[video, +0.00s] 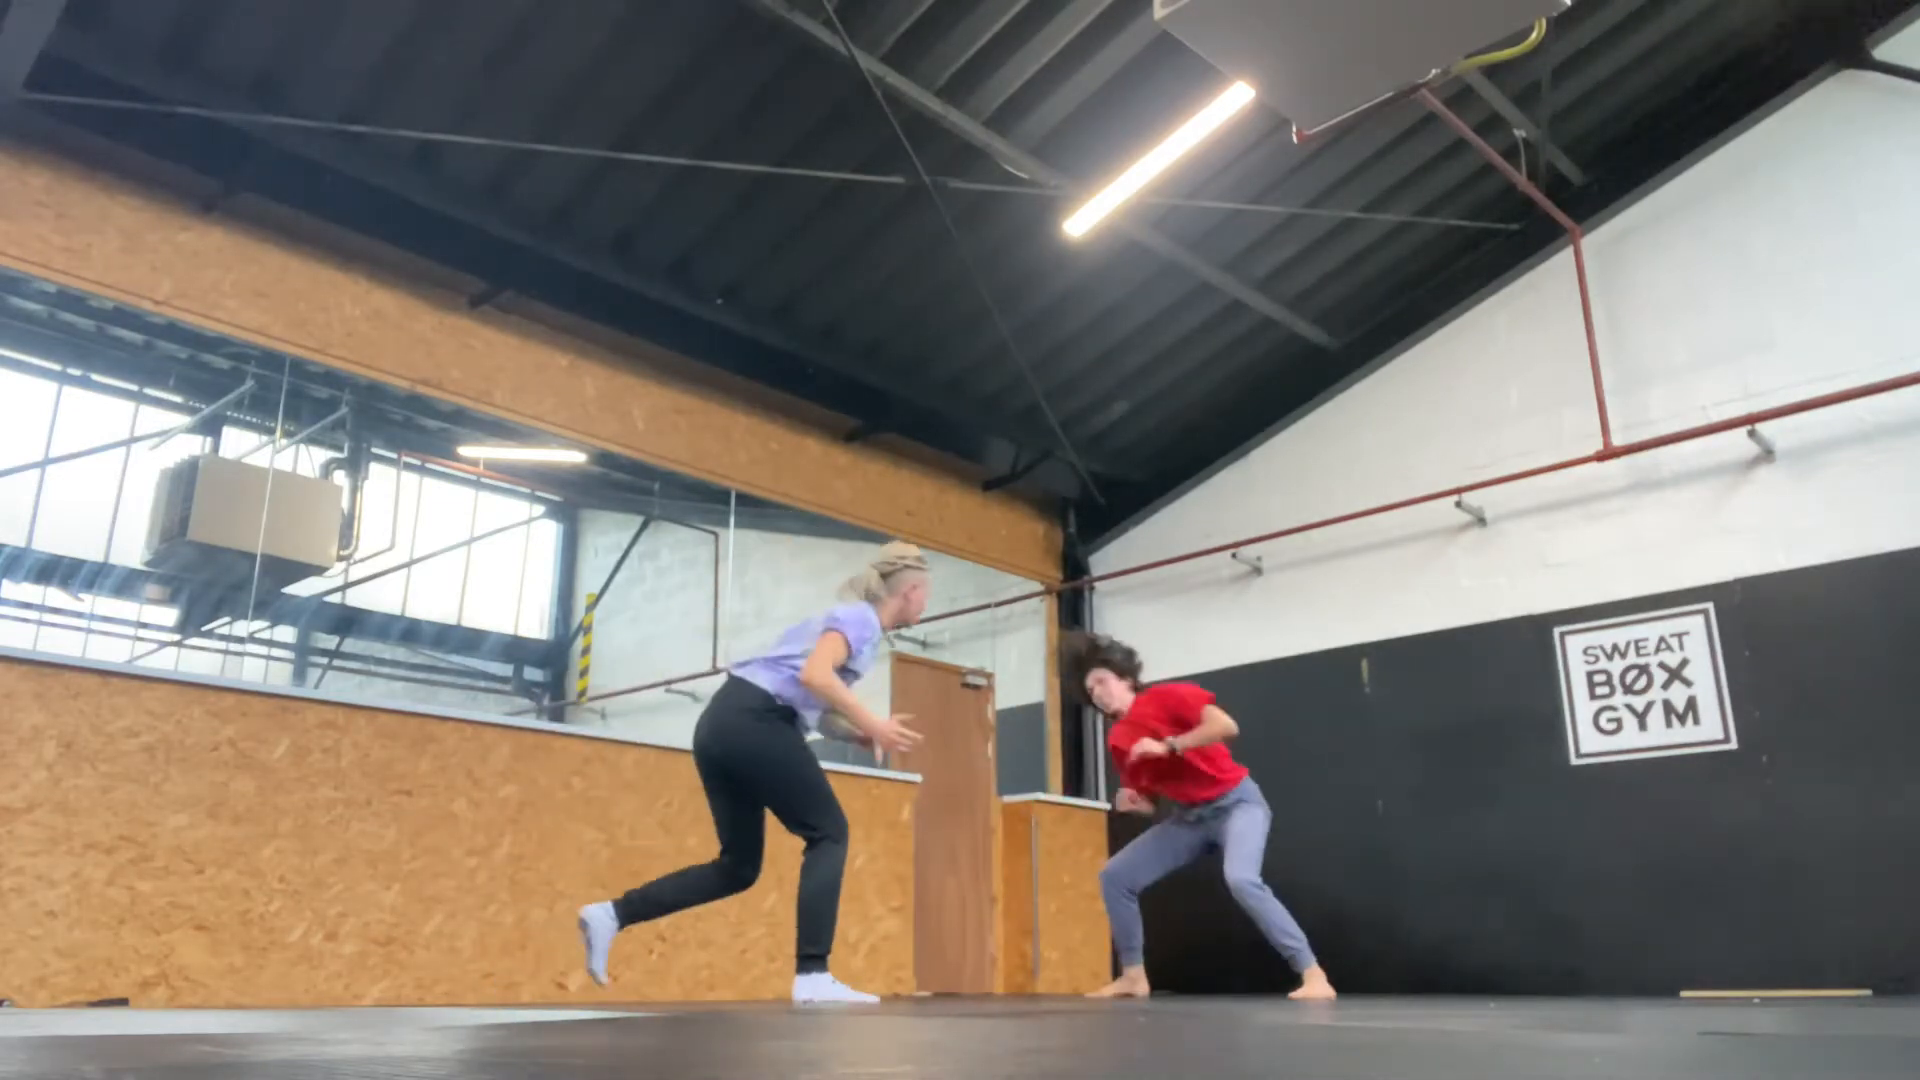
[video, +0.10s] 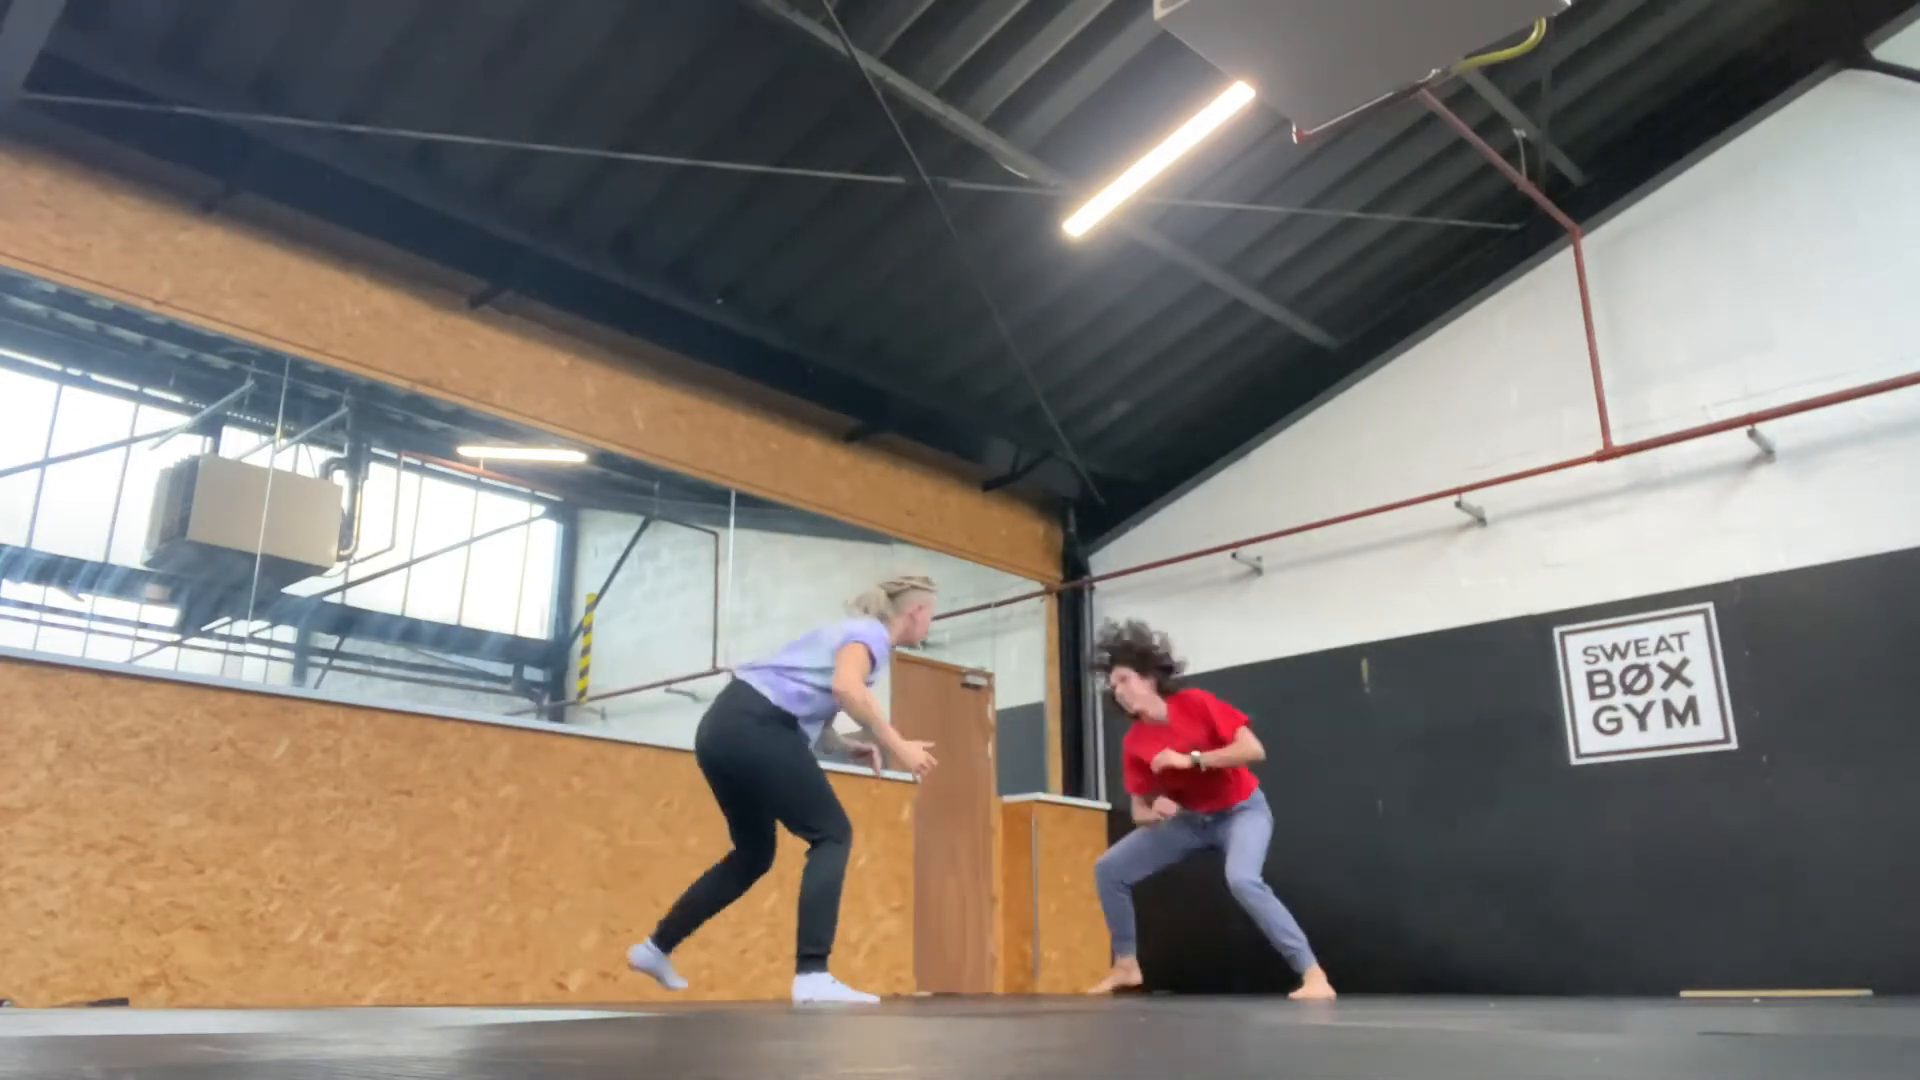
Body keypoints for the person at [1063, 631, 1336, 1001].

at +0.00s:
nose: (1096, 694)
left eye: (1100, 682)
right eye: (1090, 690)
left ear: (1124, 676)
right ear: (1091, 699)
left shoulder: (1168, 697)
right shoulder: (1118, 739)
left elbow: (1225, 725)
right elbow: (1149, 802)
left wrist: (1169, 745)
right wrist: (1134, 803)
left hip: (1237, 804)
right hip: (1187, 819)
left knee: (1241, 879)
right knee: (1116, 877)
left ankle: (1314, 977)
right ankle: (1134, 977)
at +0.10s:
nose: (1118, 692)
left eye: (1123, 681)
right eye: (1113, 687)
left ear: (1150, 677)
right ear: (1116, 696)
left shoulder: (1196, 703)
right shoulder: (1135, 743)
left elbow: (1253, 750)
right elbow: (1138, 813)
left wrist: (1192, 759)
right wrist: (1155, 812)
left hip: (1243, 813)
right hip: (1189, 823)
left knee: (1243, 879)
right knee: (1110, 869)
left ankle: (1314, 976)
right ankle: (1126, 966)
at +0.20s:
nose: (1121, 694)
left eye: (1127, 683)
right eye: (1117, 688)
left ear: (1154, 682)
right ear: (1121, 696)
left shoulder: (1204, 707)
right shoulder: (1135, 740)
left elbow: (1265, 748)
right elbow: (1112, 807)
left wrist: (1207, 765)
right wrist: (1138, 803)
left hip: (1240, 813)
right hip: (1186, 819)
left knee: (1241, 880)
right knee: (1103, 868)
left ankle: (1312, 975)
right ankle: (1096, 965)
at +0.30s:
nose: (1107, 699)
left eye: (1112, 689)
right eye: (1103, 693)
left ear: (1136, 683)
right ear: (1106, 698)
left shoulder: (1185, 707)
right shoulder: (1116, 737)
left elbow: (1253, 735)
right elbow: (1069, 785)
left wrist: (1214, 763)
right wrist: (1093, 776)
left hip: (1225, 817)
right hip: (1173, 822)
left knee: (1231, 886)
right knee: (1095, 875)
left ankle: (1311, 977)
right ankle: (1066, 968)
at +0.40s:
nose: (1071, 694)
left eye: (1076, 685)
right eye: (1068, 688)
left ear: (1101, 684)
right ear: (1075, 693)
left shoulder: (1152, 705)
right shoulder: (1083, 734)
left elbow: (1214, 729)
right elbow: (1053, 759)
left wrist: (1190, 750)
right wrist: (1035, 756)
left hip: (1194, 815)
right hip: (1146, 822)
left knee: (1224, 894)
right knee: (1073, 880)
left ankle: (1307, 975)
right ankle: (1057, 979)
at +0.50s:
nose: (1038, 686)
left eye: (1043, 677)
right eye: (1036, 680)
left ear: (1065, 675)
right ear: (1043, 686)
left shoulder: (1117, 698)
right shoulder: (1050, 728)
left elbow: (1181, 725)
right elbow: (1002, 750)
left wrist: (1144, 736)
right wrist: (965, 747)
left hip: (1165, 806)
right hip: (1115, 818)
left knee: (1220, 880)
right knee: (1051, 878)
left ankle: (1292, 961)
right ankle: (1056, 978)